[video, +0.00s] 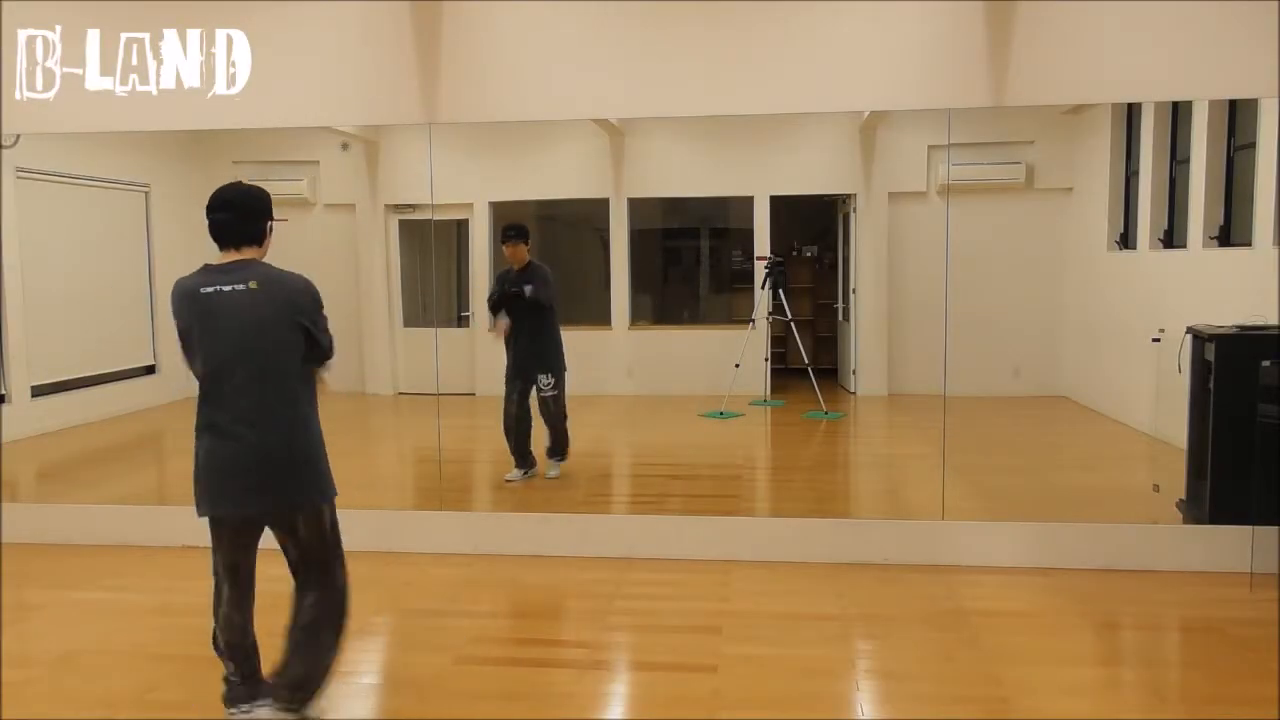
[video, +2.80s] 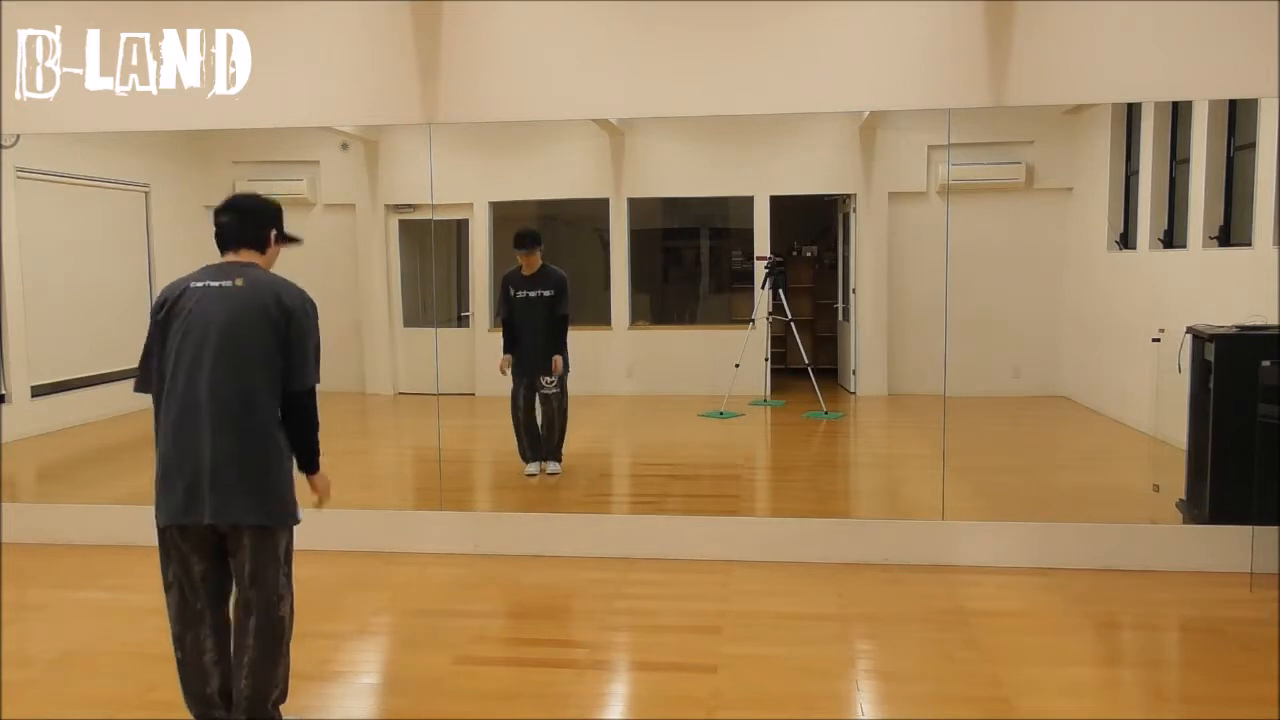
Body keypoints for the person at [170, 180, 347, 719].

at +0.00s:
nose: (272, 231)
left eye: (267, 224)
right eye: (271, 224)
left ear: (214, 233)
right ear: (267, 231)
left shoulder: (187, 292)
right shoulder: (295, 289)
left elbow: (200, 365)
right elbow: (318, 356)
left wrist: (273, 364)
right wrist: (257, 361)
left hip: (224, 468)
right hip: (292, 467)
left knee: (231, 578)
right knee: (321, 579)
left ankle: (242, 692)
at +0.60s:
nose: (291, 226)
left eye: (290, 215)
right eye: (290, 215)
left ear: (238, 216)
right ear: (276, 218)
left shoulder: (247, 278)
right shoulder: (231, 281)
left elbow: (254, 358)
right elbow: (250, 358)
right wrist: (289, 326)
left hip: (280, 462)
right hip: (251, 470)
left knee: (317, 561)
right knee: (254, 590)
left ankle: (247, 669)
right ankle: (241, 705)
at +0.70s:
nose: (293, 221)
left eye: (291, 211)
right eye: (291, 212)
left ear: (241, 218)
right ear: (279, 217)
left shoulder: (240, 275)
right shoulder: (244, 280)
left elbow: (252, 367)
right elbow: (269, 362)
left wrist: (292, 339)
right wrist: (308, 340)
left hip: (273, 459)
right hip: (253, 466)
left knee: (322, 544)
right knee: (255, 586)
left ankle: (247, 644)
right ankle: (241, 704)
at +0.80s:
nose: (295, 220)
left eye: (293, 210)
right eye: (292, 210)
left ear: (239, 219)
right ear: (281, 217)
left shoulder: (217, 280)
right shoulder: (265, 281)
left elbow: (206, 371)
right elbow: (298, 365)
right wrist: (331, 376)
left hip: (247, 460)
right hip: (261, 469)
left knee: (314, 541)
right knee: (260, 584)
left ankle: (266, 652)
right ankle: (238, 704)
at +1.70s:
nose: (290, 221)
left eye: (286, 212)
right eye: (290, 213)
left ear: (230, 221)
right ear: (284, 220)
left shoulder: (196, 288)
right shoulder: (307, 285)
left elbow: (189, 379)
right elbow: (333, 370)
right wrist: (323, 414)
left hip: (224, 475)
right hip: (295, 474)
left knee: (239, 589)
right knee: (281, 596)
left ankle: (273, 682)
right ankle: (255, 710)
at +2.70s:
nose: (274, 225)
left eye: (272, 217)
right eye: (274, 218)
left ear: (212, 225)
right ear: (267, 224)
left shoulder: (176, 289)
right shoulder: (293, 289)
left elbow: (169, 380)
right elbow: (304, 385)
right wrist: (314, 447)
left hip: (183, 477)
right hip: (261, 475)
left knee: (195, 607)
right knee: (261, 601)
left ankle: (210, 711)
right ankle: (259, 711)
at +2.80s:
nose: (281, 250)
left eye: (280, 243)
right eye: (280, 242)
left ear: (219, 241)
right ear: (270, 242)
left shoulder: (174, 296)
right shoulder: (289, 300)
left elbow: (159, 391)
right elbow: (298, 399)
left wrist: (185, 460)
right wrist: (312, 467)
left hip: (180, 487)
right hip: (257, 486)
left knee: (194, 611)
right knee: (263, 605)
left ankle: (210, 711)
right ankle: (257, 710)